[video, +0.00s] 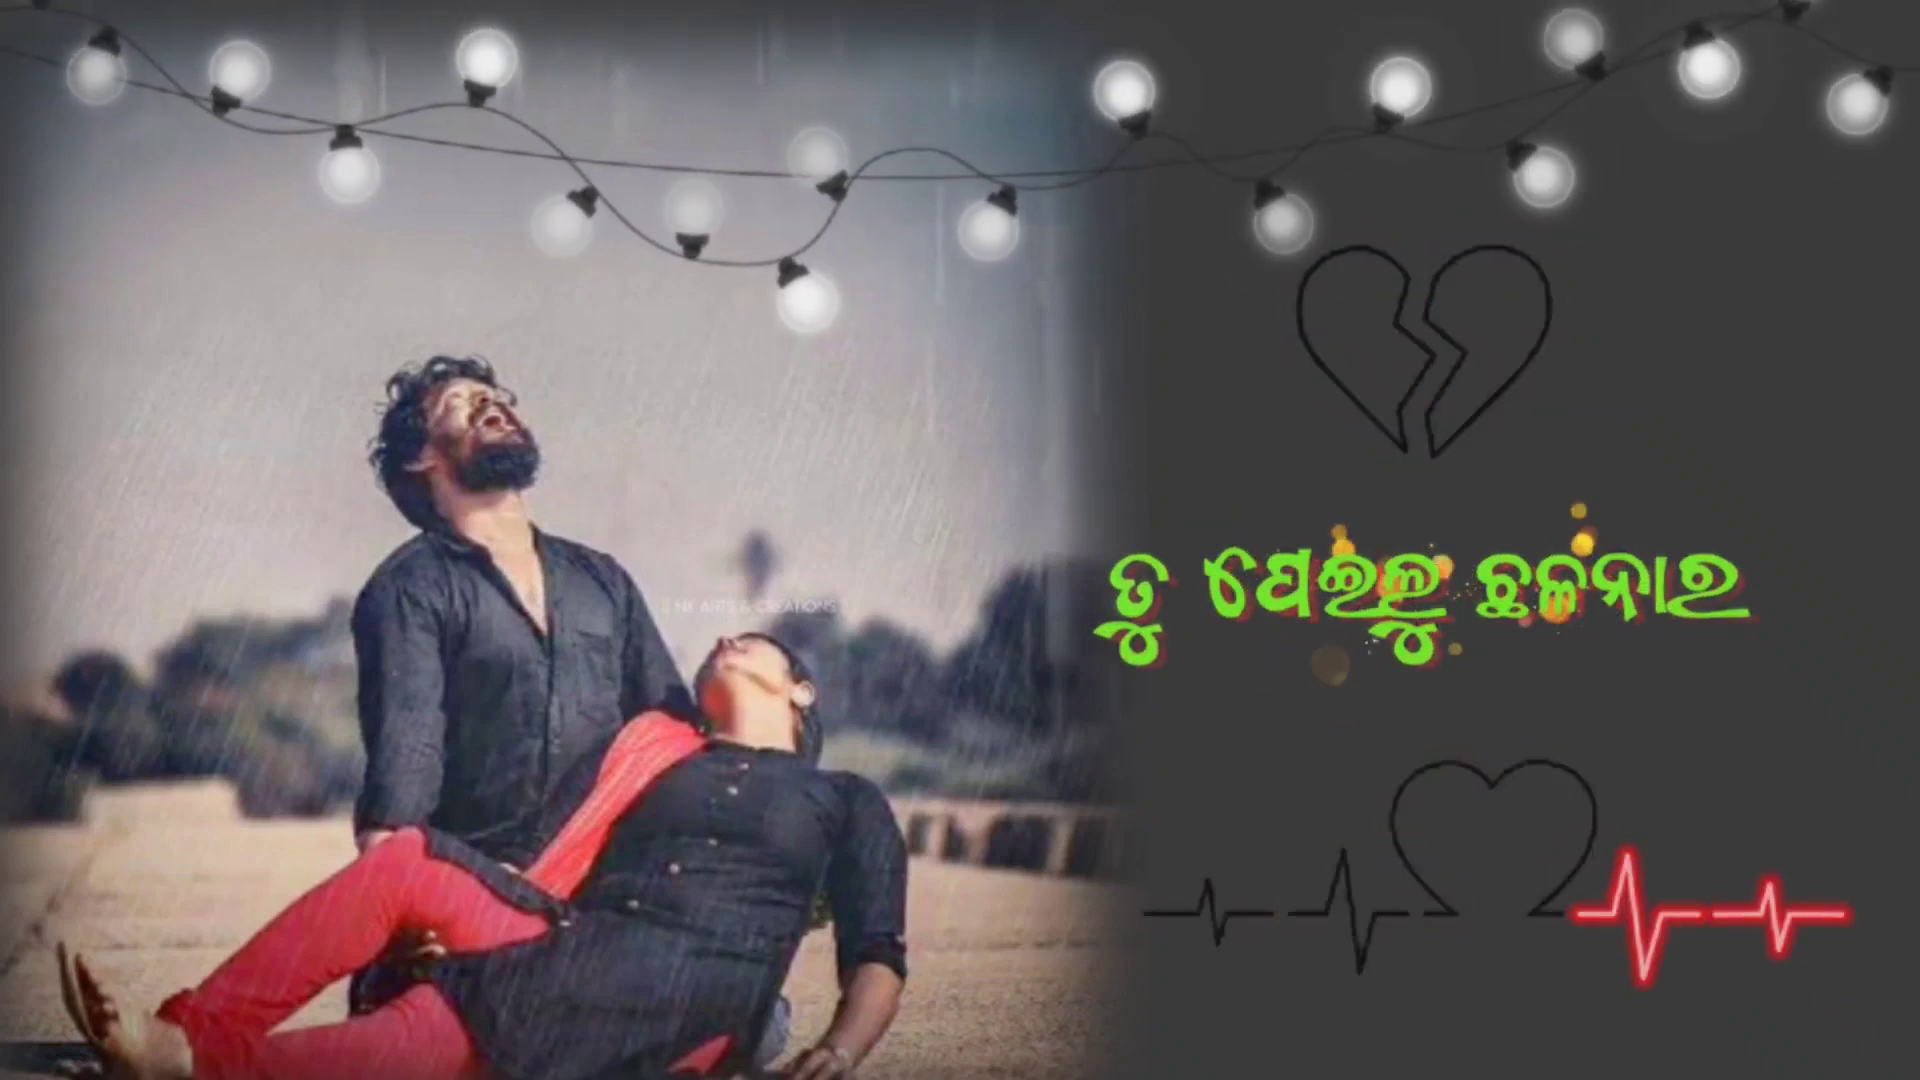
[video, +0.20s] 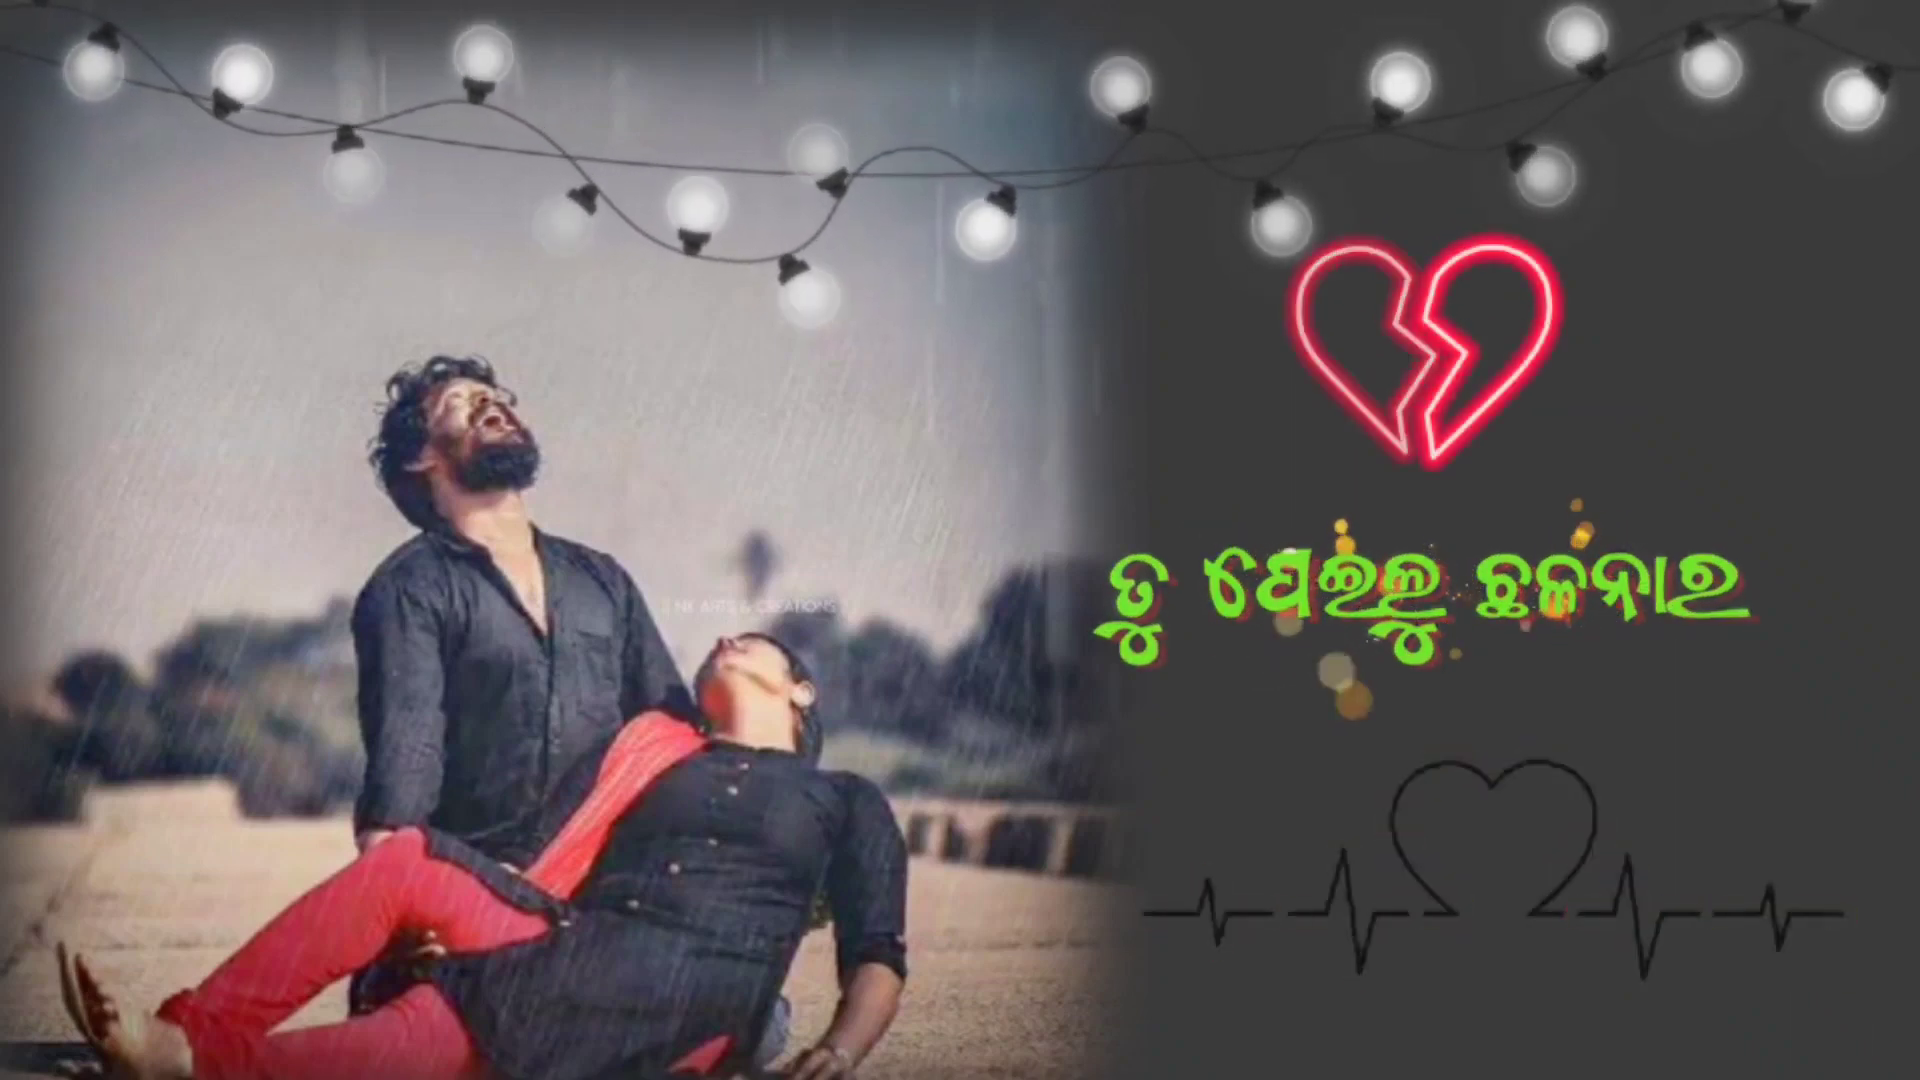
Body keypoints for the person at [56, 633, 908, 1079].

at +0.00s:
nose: (721, 660)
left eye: (749, 656)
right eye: (717, 659)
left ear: (799, 699)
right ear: (709, 698)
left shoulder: (844, 798)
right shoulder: (662, 755)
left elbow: (879, 967)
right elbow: (574, 892)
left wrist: (835, 1063)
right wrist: (455, 949)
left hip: (693, 982)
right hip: (587, 945)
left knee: (451, 1028)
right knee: (400, 859)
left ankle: (188, 1058)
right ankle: (177, 1040)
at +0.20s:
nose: (721, 660)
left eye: (749, 656)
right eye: (717, 659)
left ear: (799, 699)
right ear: (709, 698)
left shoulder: (844, 798)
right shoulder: (662, 755)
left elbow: (879, 967)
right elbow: (574, 892)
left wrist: (836, 1063)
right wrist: (455, 949)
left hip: (693, 982)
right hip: (587, 945)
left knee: (451, 1027)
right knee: (400, 859)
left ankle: (188, 1058)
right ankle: (178, 1040)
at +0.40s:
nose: (721, 660)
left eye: (749, 656)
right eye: (716, 659)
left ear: (799, 699)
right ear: (709, 699)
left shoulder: (844, 798)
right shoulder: (662, 755)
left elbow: (879, 967)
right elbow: (574, 892)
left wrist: (836, 1063)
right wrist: (455, 949)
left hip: (693, 982)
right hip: (587, 945)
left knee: (451, 1028)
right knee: (400, 859)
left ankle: (187, 1058)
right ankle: (178, 1041)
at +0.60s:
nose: (721, 660)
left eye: (749, 656)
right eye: (717, 659)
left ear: (799, 699)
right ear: (709, 698)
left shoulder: (844, 798)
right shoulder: (662, 755)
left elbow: (879, 967)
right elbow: (574, 892)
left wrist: (836, 1063)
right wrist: (455, 949)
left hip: (693, 982)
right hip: (587, 945)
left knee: (451, 1028)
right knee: (400, 859)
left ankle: (187, 1058)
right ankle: (178, 1041)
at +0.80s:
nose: (721, 659)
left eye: (748, 654)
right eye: (716, 658)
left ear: (799, 699)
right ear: (709, 699)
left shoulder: (844, 798)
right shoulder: (662, 753)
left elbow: (879, 969)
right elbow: (572, 891)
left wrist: (833, 1065)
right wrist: (455, 946)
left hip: (691, 984)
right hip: (585, 946)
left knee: (450, 1029)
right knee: (400, 862)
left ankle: (188, 1058)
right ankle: (178, 1041)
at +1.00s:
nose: (722, 660)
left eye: (749, 656)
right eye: (717, 659)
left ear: (799, 699)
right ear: (709, 698)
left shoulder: (844, 798)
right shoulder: (662, 755)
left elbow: (879, 967)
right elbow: (574, 892)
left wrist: (836, 1063)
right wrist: (455, 949)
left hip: (693, 982)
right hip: (587, 946)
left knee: (451, 1028)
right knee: (400, 859)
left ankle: (187, 1058)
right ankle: (177, 1040)